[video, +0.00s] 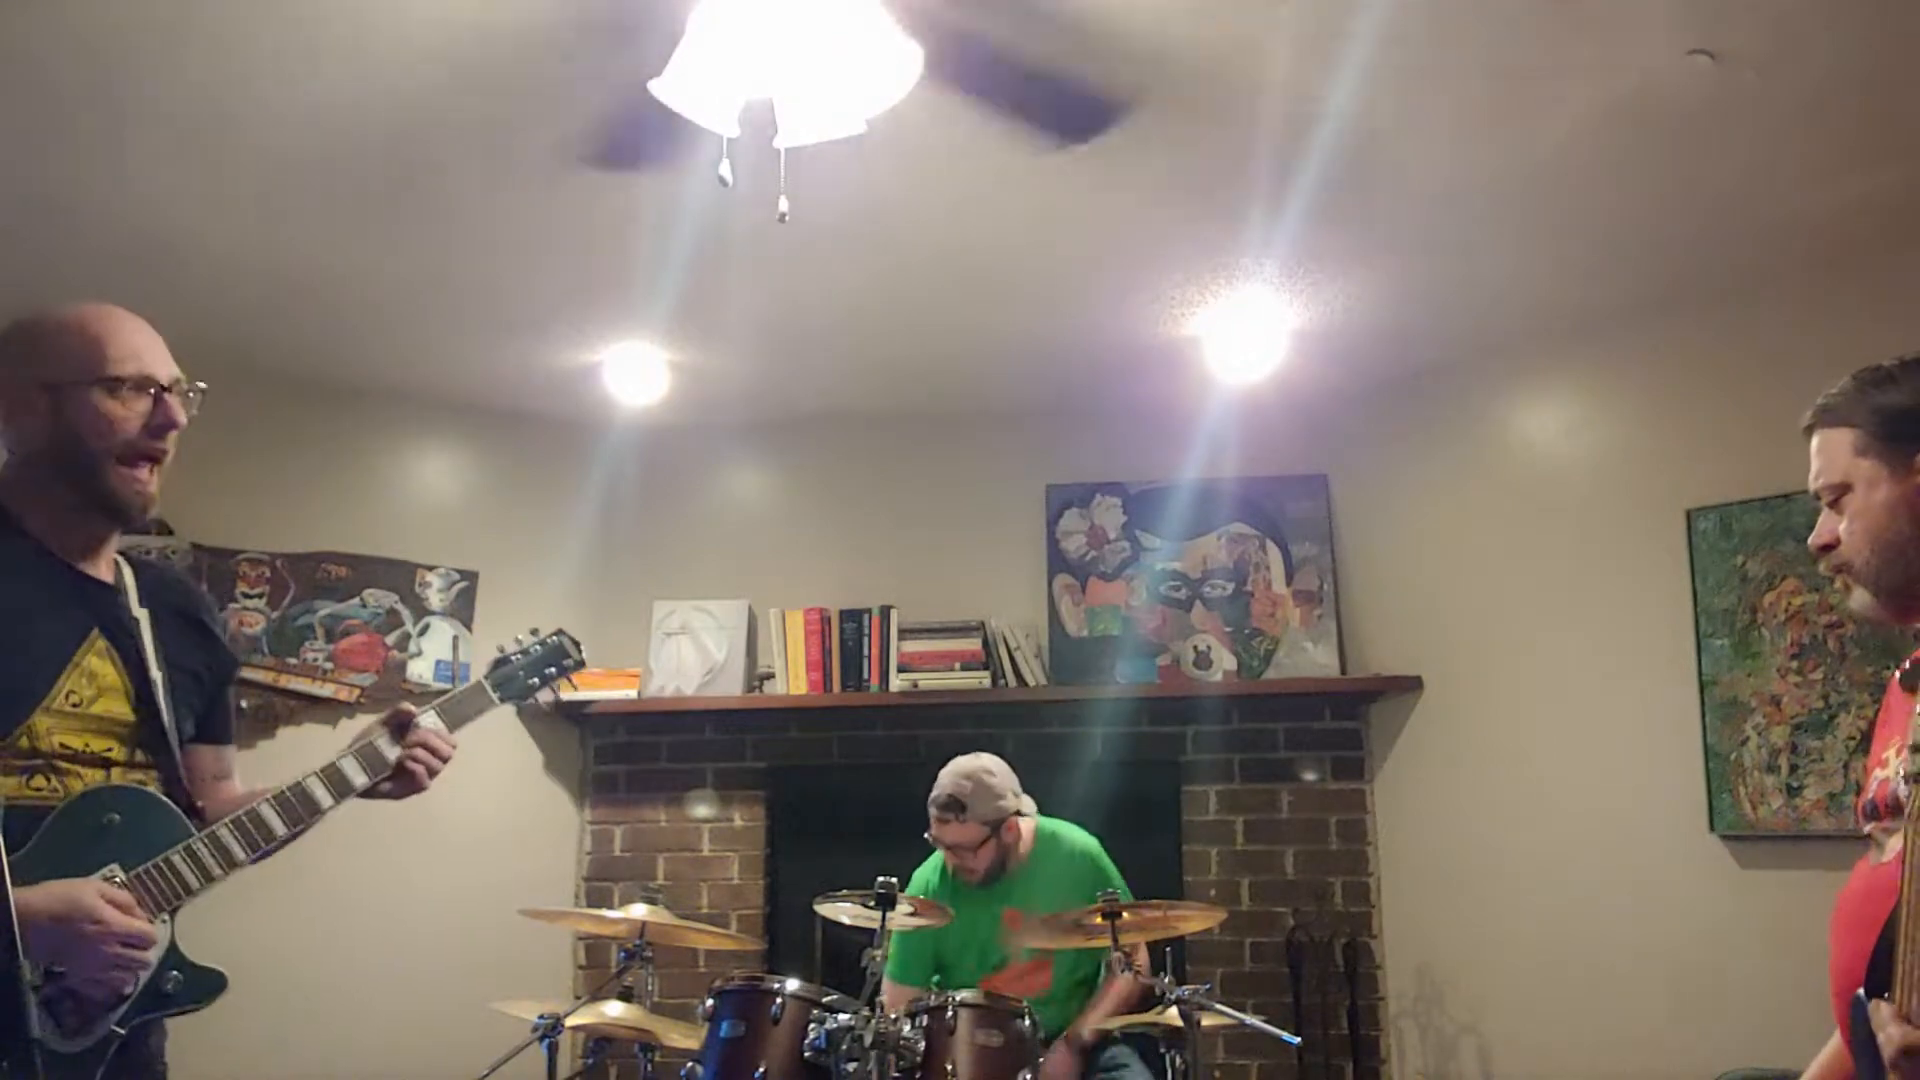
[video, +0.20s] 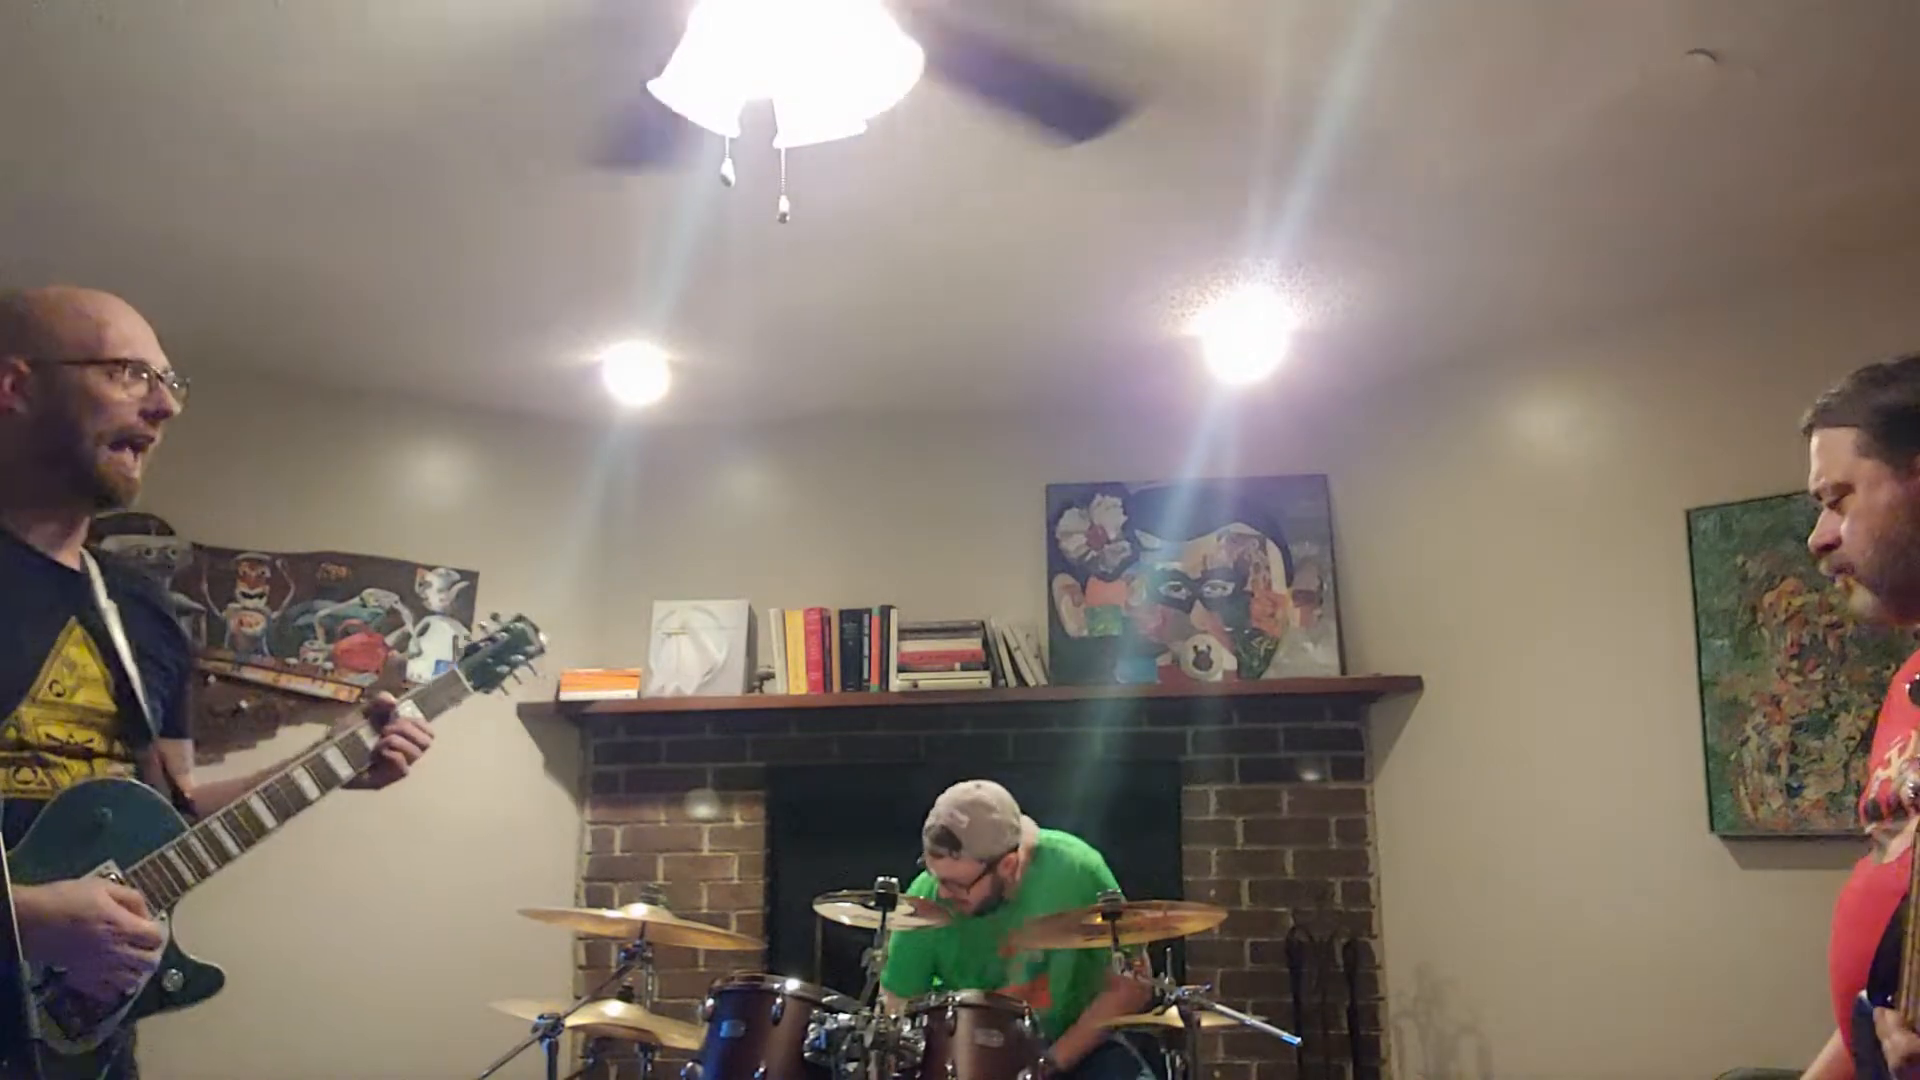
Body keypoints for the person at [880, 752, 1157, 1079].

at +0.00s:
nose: (953, 862)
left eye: (966, 849)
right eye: (943, 848)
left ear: (1010, 829)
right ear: (933, 833)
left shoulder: (1076, 854)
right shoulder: (929, 885)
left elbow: (1133, 964)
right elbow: (897, 1011)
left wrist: (1073, 1044)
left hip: (1077, 1038)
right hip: (975, 1046)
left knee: (1131, 1075)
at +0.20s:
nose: (944, 895)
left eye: (958, 885)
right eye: (937, 880)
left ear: (1009, 866)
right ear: (928, 859)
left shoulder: (1078, 869)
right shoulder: (923, 898)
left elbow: (1133, 984)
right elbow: (894, 1013)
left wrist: (1051, 1061)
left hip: (1080, 1047)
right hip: (977, 1055)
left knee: (1123, 1067)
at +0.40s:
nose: (929, 886)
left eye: (941, 876)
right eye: (923, 872)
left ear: (991, 853)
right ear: (914, 854)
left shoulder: (1076, 846)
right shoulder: (920, 876)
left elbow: (1131, 956)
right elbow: (899, 997)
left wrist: (1057, 1058)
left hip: (1079, 1026)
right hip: (973, 1030)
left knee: (1128, 1072)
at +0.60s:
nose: (927, 881)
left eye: (938, 870)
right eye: (921, 868)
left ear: (985, 851)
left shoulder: (1078, 851)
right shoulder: (921, 881)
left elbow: (1133, 959)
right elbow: (901, 1005)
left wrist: (1067, 1062)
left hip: (1079, 1031)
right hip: (978, 1040)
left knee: (1132, 1074)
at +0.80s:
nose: (932, 866)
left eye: (941, 851)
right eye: (922, 852)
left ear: (986, 833)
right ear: (912, 839)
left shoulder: (1074, 857)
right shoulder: (924, 901)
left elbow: (1130, 971)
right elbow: (901, 1021)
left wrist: (1073, 1064)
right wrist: (992, 1006)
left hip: (1080, 1048)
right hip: (983, 1059)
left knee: (1135, 1075)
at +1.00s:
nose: (935, 816)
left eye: (944, 798)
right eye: (928, 803)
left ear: (989, 782)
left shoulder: (1074, 836)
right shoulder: (931, 872)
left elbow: (1133, 946)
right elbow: (895, 1004)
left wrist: (1073, 1022)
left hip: (1077, 1037)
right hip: (971, 1039)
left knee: (1136, 1075)